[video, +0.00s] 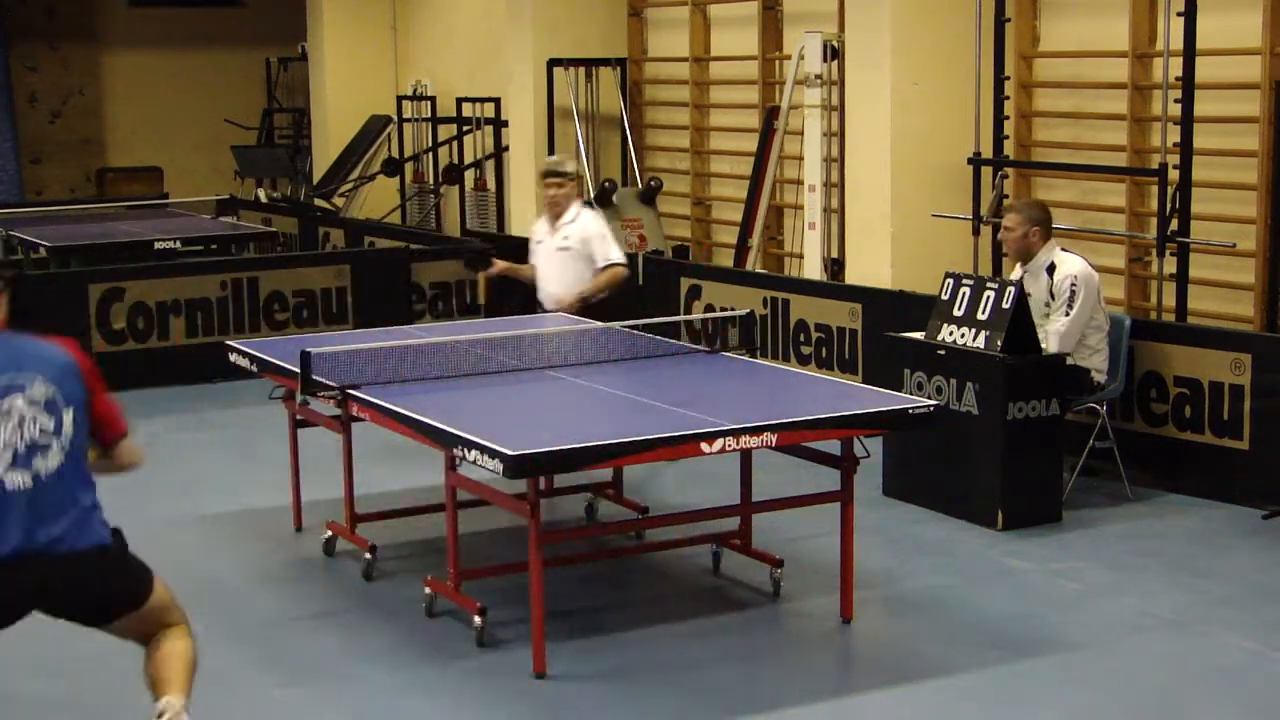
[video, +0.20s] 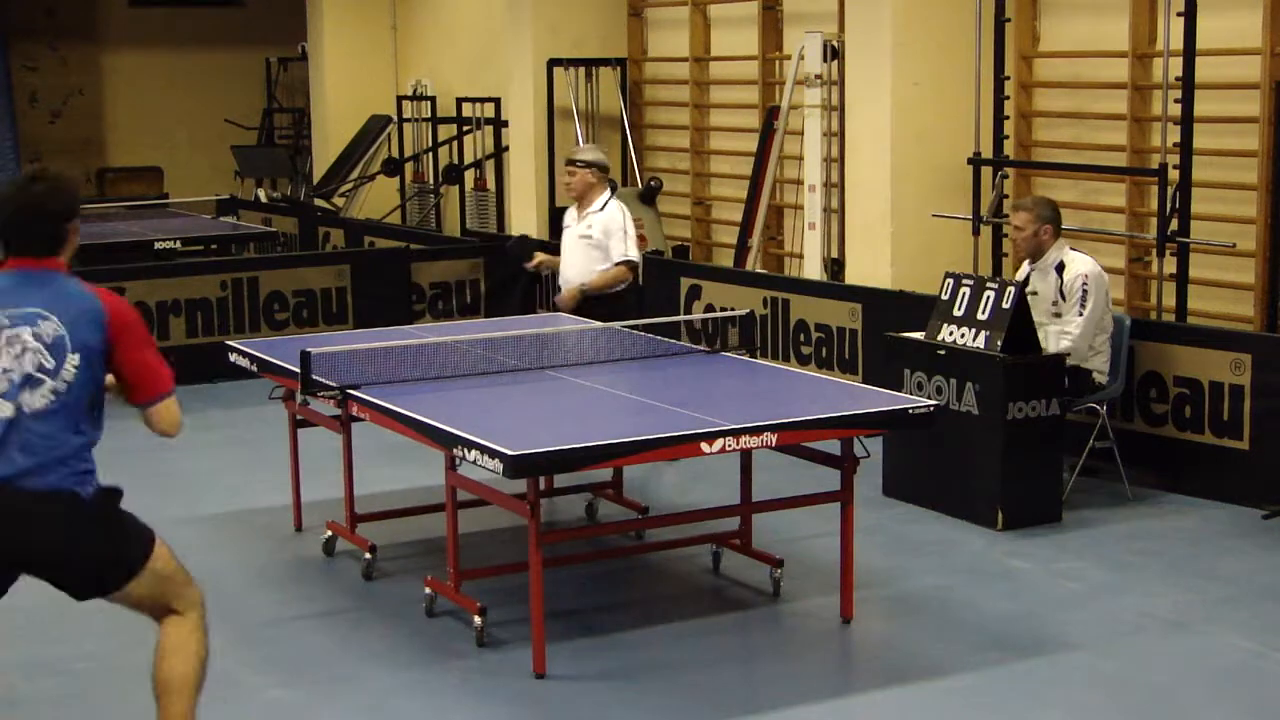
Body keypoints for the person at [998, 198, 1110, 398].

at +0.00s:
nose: (1000, 237)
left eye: (1007, 230)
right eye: (1001, 230)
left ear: (1034, 235)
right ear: (1034, 236)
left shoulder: (1074, 273)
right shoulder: (1020, 273)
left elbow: (1057, 343)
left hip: (1082, 374)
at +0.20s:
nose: (1012, 237)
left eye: (1019, 230)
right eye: (1012, 229)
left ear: (1045, 232)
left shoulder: (1083, 273)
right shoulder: (1025, 272)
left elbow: (1075, 348)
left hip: (1082, 374)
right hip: (1039, 368)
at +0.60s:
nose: (1032, 237)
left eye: (1041, 230)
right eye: (1030, 229)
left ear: (1067, 231)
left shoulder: (1098, 272)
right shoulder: (1026, 272)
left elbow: (1100, 347)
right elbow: (1004, 327)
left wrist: (1045, 364)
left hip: (1085, 372)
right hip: (1036, 368)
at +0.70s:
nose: (1035, 236)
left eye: (1044, 229)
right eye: (1034, 228)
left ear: (1070, 230)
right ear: (1031, 226)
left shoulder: (1100, 273)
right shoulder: (1025, 272)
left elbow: (1101, 348)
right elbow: (1004, 330)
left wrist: (1045, 364)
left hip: (1085, 373)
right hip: (1034, 369)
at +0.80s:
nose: (1038, 235)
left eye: (1048, 227)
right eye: (1036, 226)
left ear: (1073, 231)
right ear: (1033, 226)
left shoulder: (1103, 273)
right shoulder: (1026, 271)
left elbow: (1103, 347)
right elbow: (998, 324)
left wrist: (1047, 364)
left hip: (1085, 373)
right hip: (1032, 369)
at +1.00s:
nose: (1041, 235)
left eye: (1051, 228)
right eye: (1038, 226)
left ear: (1075, 231)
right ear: (1035, 226)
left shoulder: (1105, 274)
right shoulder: (1025, 271)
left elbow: (1110, 346)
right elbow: (997, 323)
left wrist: (1053, 362)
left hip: (1086, 375)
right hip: (1031, 370)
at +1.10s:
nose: (1041, 235)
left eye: (1051, 228)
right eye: (1039, 226)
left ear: (1075, 231)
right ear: (1035, 225)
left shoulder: (1105, 274)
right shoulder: (1026, 270)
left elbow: (1108, 347)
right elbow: (995, 317)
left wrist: (1050, 363)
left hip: (1085, 375)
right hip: (1031, 369)